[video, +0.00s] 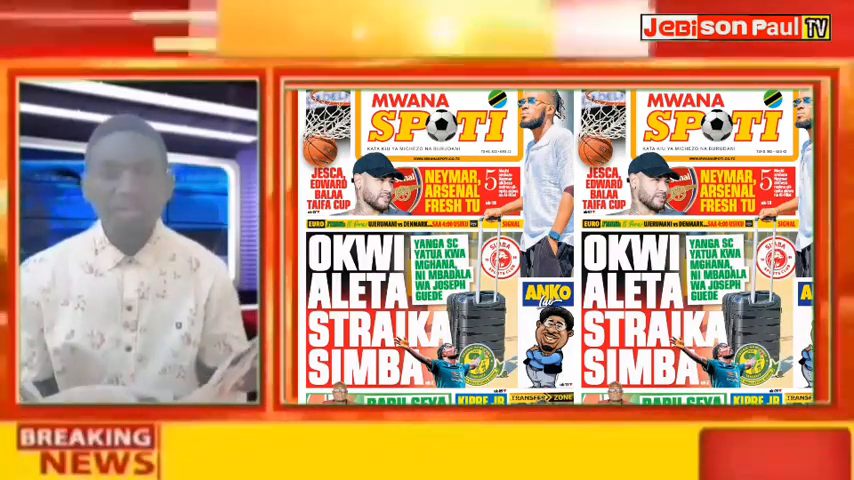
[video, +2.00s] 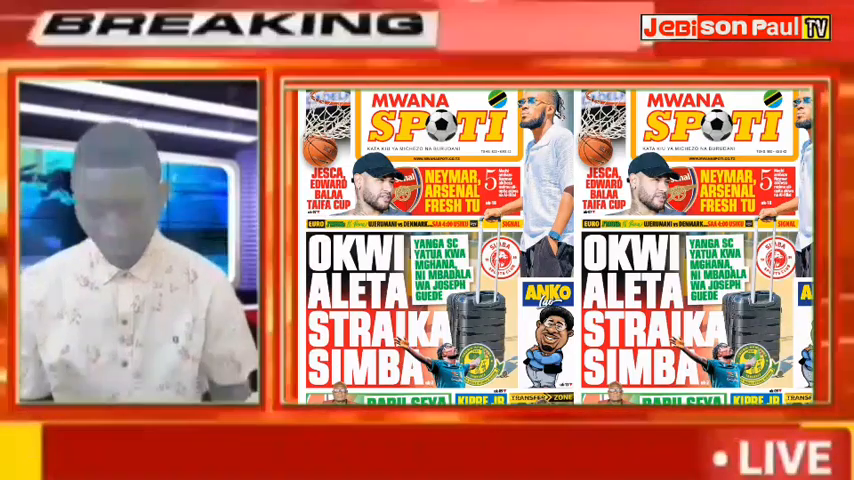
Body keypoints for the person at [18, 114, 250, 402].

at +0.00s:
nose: (127, 187)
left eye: (143, 171)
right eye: (110, 173)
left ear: (169, 184)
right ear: (86, 187)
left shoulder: (208, 274)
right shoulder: (39, 276)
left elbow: (231, 385)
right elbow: (28, 394)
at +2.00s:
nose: (113, 227)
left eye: (128, 208)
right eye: (95, 210)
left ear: (162, 195)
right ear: (74, 199)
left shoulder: (207, 286)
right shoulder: (36, 289)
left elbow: (231, 402)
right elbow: (32, 411)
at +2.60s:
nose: (140, 191)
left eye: (156, 173)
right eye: (122, 174)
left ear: (185, 187)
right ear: (99, 188)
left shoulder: (225, 277)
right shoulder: (58, 278)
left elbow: (252, 391)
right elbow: (41, 402)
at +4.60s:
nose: (131, 232)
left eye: (148, 213)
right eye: (114, 214)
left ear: (176, 195)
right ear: (90, 195)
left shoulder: (215, 276)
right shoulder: (53, 280)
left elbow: (241, 384)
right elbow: (43, 394)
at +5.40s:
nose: (163, 227)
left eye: (176, 208)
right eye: (145, 211)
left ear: (193, 194)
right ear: (108, 196)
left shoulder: (216, 275)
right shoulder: (54, 272)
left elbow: (233, 383)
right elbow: (40, 389)